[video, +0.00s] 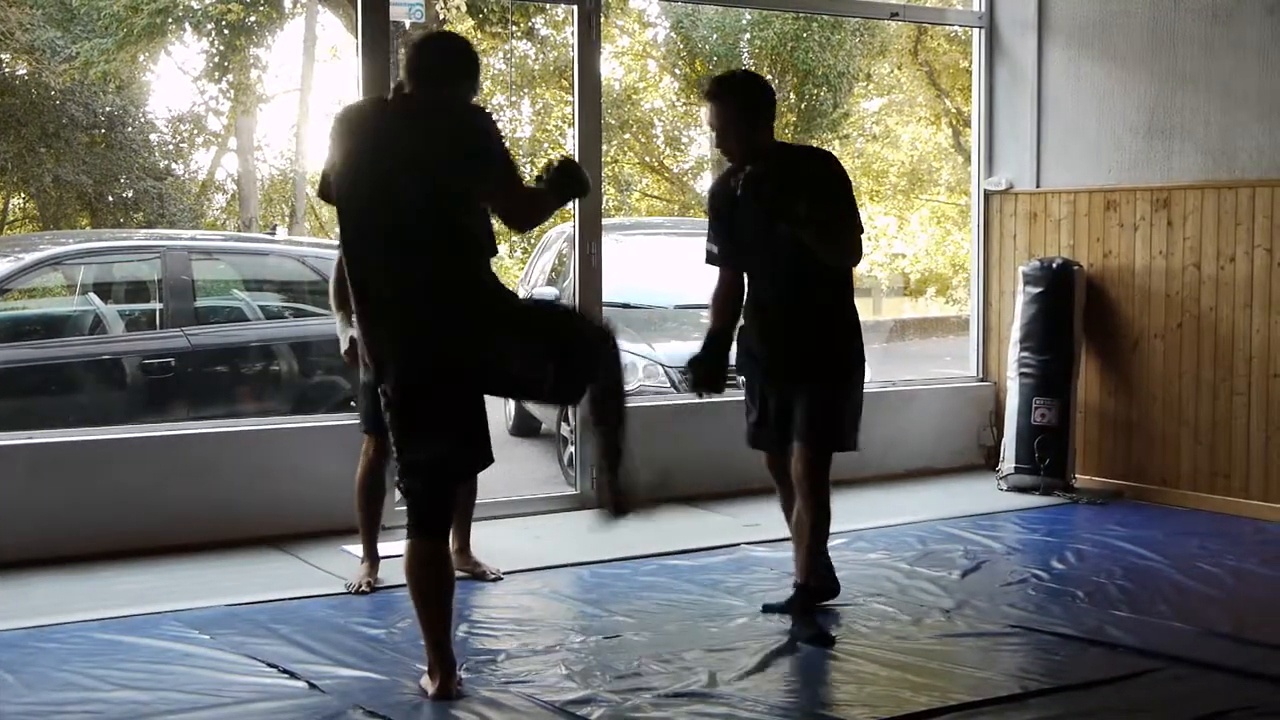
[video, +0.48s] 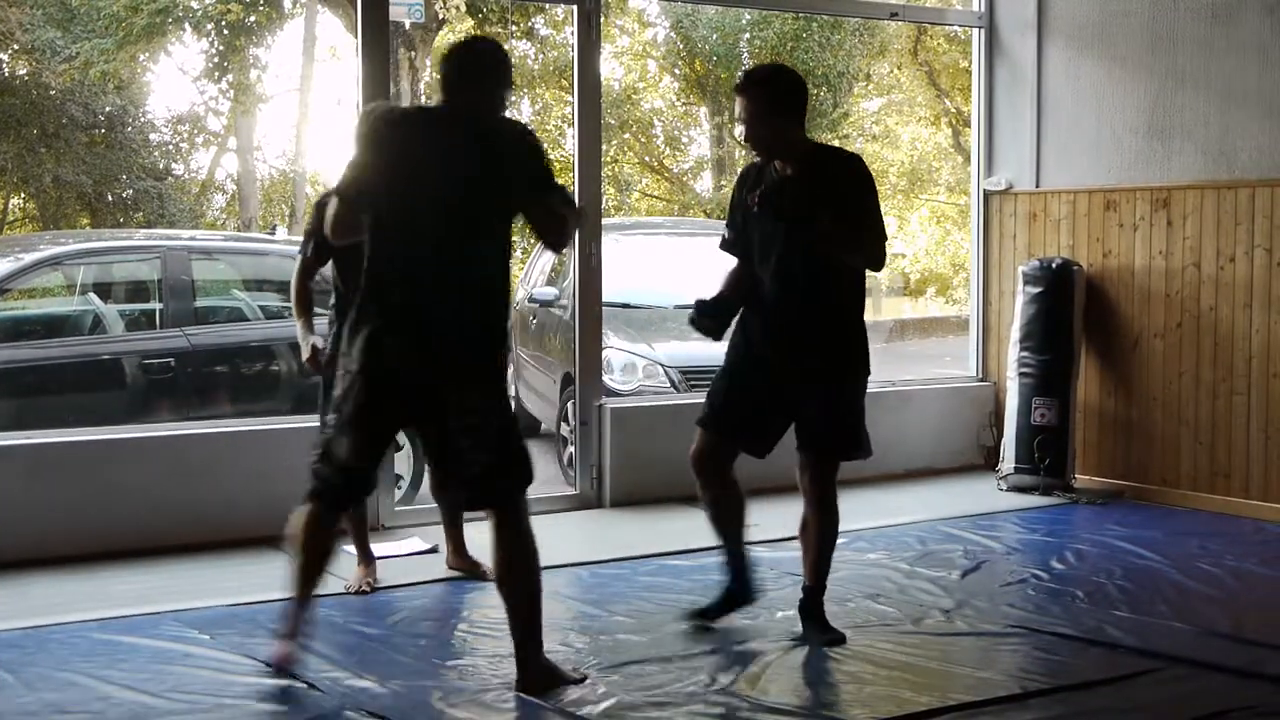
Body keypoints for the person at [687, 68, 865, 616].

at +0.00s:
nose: (713, 136)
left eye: (721, 123)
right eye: (711, 124)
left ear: (755, 119)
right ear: (732, 125)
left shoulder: (818, 168)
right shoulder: (728, 189)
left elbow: (848, 252)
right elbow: (730, 279)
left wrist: (783, 205)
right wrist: (713, 350)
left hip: (825, 334)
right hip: (765, 338)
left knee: (809, 464)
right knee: (781, 465)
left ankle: (805, 596)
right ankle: (818, 572)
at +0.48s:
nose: (743, 131)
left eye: (752, 119)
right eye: (741, 120)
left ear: (788, 115)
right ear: (751, 117)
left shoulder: (845, 171)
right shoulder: (753, 180)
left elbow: (872, 255)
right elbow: (748, 263)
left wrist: (808, 211)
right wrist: (719, 307)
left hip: (830, 346)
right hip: (763, 344)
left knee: (818, 477)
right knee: (708, 458)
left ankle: (813, 604)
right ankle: (739, 578)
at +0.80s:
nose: (732, 136)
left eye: (740, 123)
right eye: (730, 123)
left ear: (777, 117)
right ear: (745, 121)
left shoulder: (837, 178)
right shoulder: (740, 182)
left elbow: (859, 268)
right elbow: (713, 266)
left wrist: (800, 227)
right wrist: (674, 318)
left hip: (809, 351)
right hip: (739, 349)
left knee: (804, 481)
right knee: (700, 470)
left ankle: (811, 609)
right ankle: (680, 615)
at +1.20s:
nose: (712, 137)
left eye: (720, 124)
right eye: (710, 125)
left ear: (754, 119)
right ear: (731, 124)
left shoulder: (817, 176)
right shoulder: (729, 183)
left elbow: (834, 265)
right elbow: (719, 270)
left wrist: (781, 202)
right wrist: (680, 314)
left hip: (798, 347)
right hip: (731, 344)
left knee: (799, 478)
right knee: (669, 459)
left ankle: (811, 606)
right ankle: (674, 603)